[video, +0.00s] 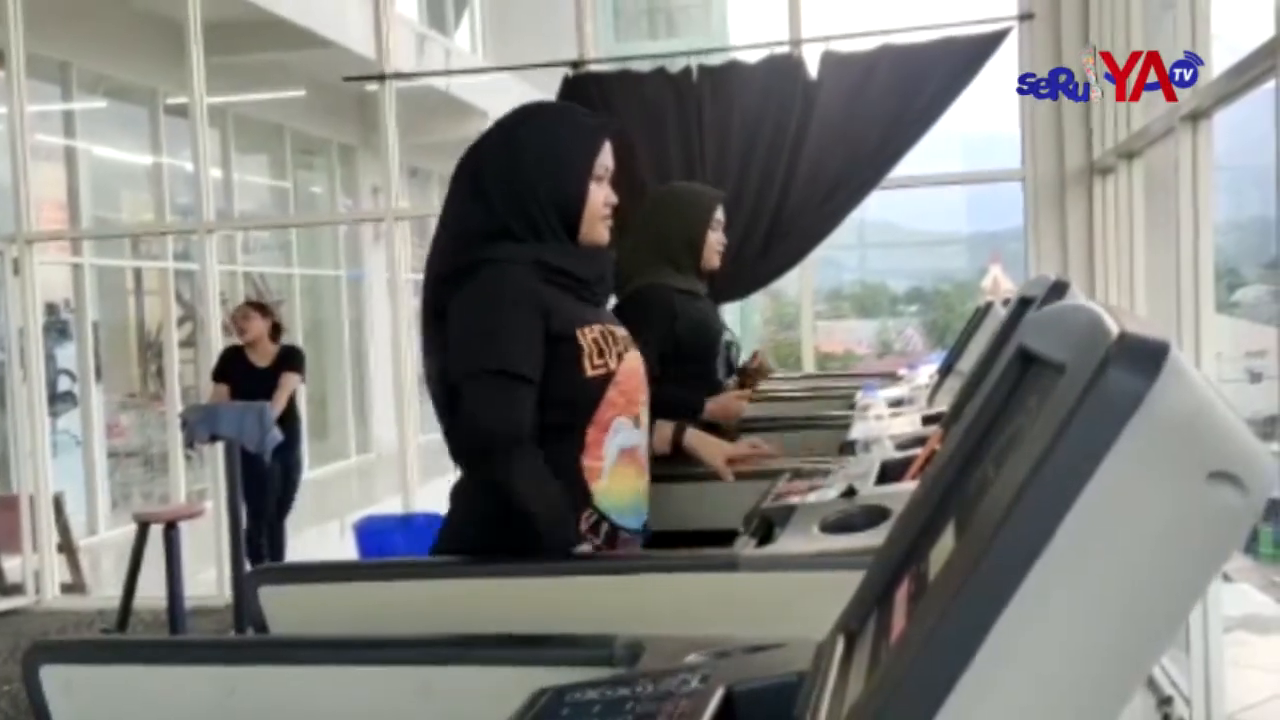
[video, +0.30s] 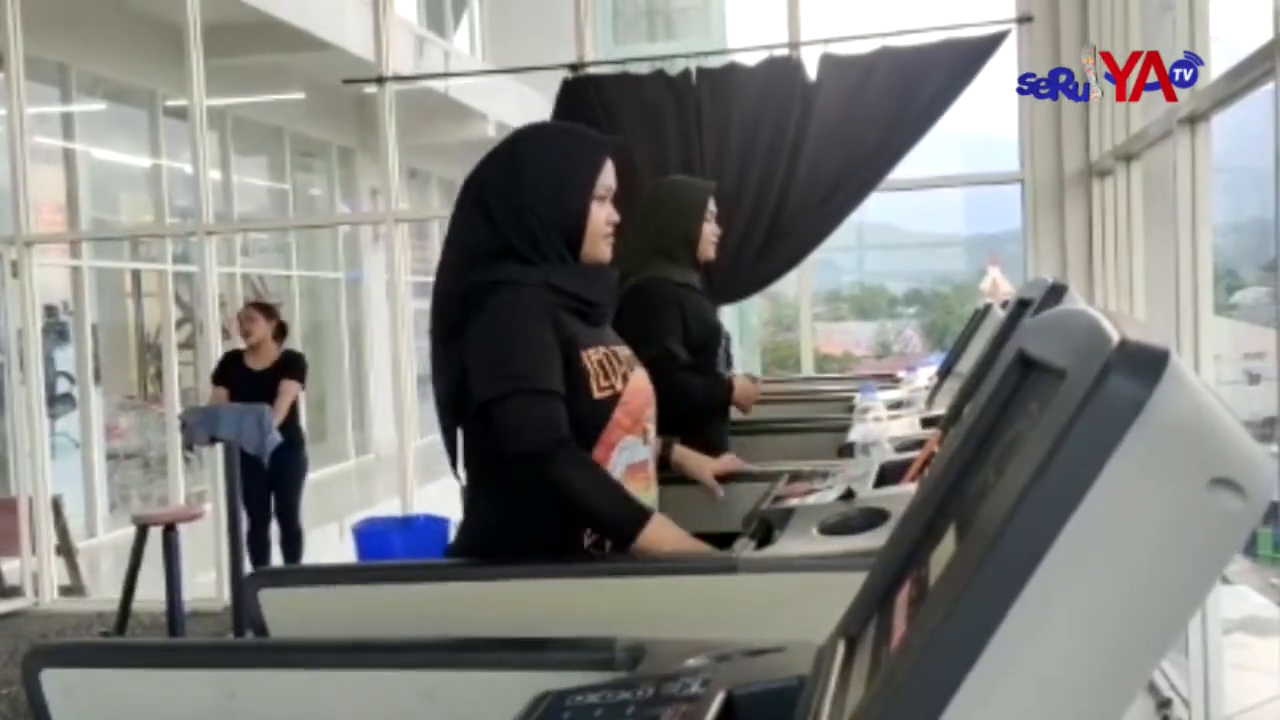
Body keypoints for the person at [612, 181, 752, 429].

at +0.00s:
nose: (723, 240)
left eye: (722, 229)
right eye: (713, 228)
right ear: (684, 229)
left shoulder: (689, 293)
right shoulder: (652, 297)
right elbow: (630, 392)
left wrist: (736, 381)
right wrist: (704, 407)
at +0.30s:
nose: (717, 231)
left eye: (715, 220)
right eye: (709, 220)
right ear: (681, 223)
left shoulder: (682, 288)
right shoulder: (655, 292)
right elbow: (665, 384)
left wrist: (726, 384)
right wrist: (727, 391)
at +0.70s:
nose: (716, 229)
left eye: (711, 220)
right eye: (705, 220)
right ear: (679, 228)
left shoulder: (685, 291)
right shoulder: (661, 296)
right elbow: (668, 386)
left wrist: (735, 400)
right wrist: (734, 407)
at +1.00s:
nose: (713, 230)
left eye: (709, 220)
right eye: (702, 220)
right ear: (675, 229)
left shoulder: (692, 296)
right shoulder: (652, 299)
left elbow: (710, 400)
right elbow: (636, 393)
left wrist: (742, 369)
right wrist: (703, 412)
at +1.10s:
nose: (714, 231)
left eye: (709, 221)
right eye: (702, 222)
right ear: (676, 232)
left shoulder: (693, 302)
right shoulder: (651, 305)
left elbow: (712, 402)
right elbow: (631, 402)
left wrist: (743, 370)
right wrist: (701, 419)